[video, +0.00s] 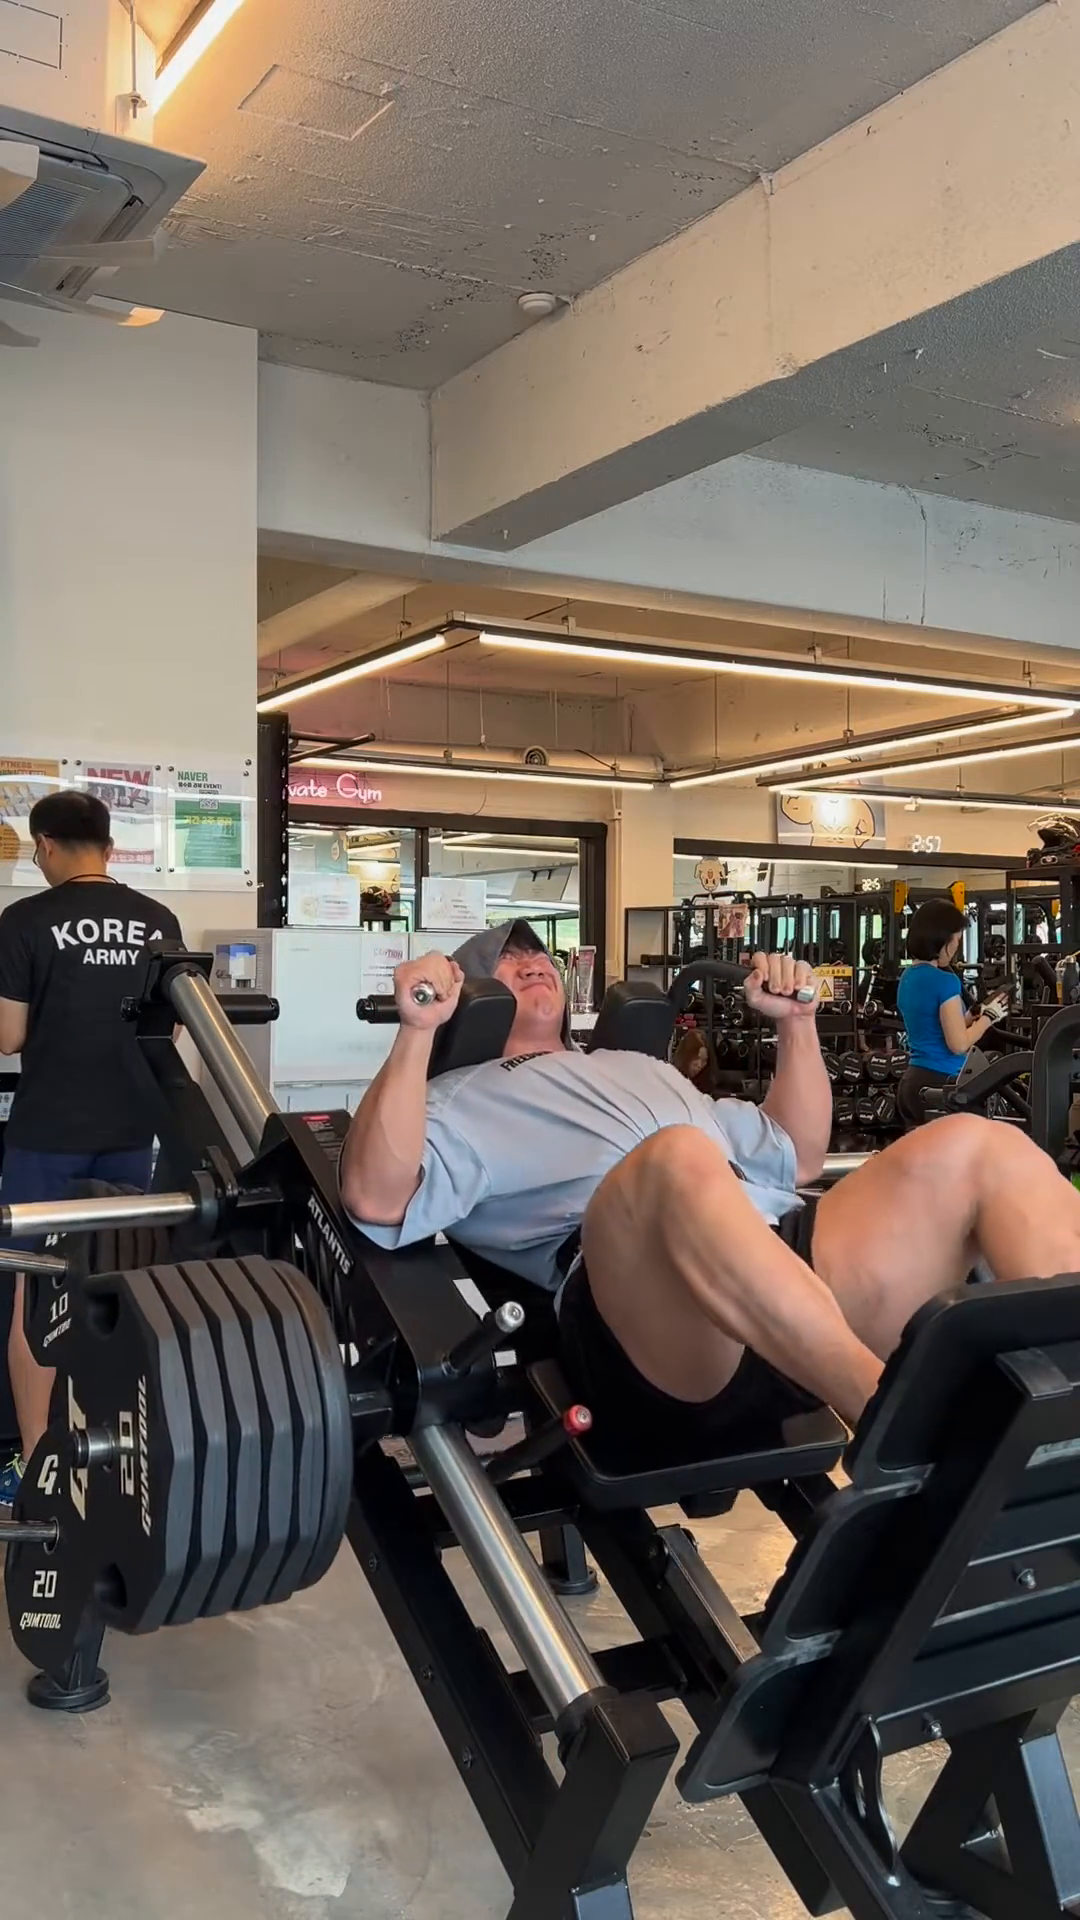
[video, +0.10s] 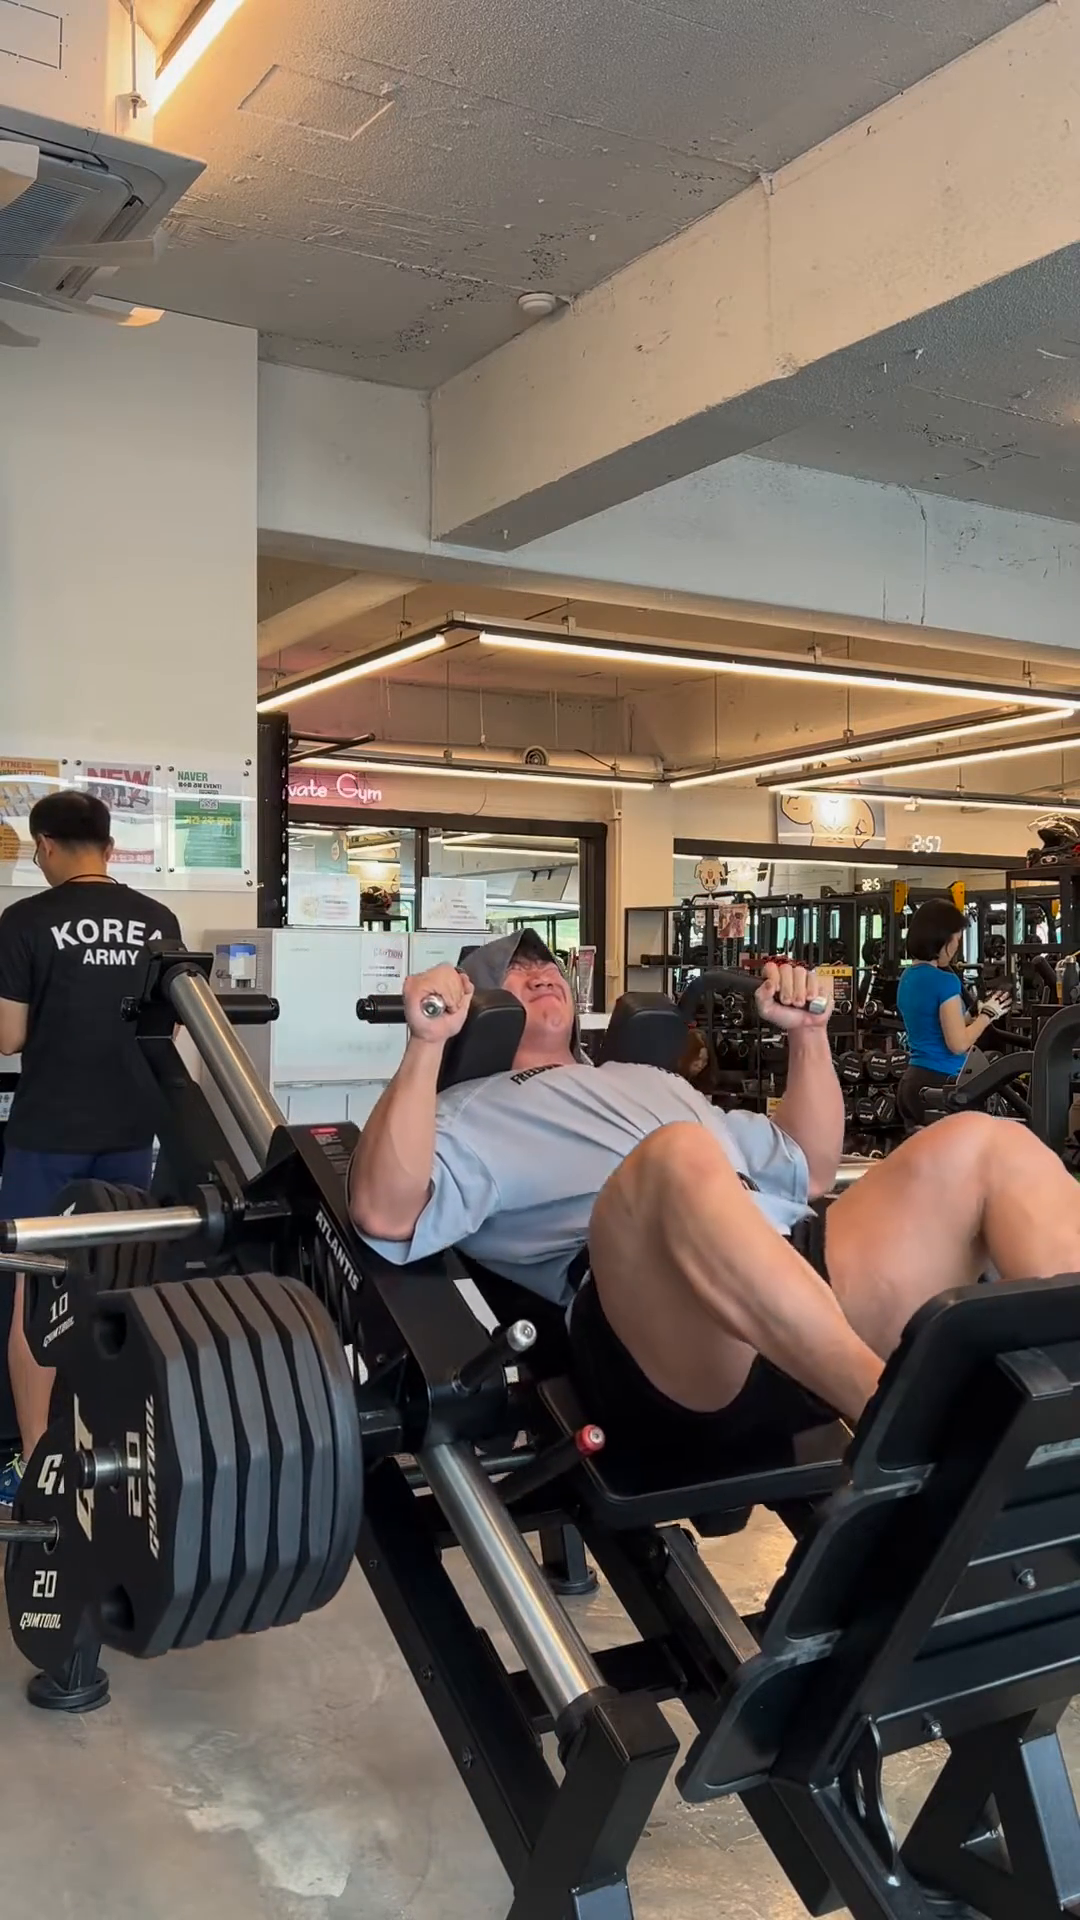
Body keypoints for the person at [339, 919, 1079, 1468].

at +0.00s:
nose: (531, 964)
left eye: (540, 956)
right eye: (508, 958)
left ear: (564, 991)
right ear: (472, 1004)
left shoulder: (644, 1071)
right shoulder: (461, 1103)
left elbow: (794, 1158)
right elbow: (374, 1198)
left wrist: (796, 1024)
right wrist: (417, 1034)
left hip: (799, 1294)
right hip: (648, 1350)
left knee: (979, 1151)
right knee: (676, 1162)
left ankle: (1077, 1379)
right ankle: (891, 1417)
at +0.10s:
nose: (542, 981)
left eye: (550, 971)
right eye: (519, 975)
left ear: (573, 1000)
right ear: (481, 1020)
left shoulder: (655, 1083)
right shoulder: (472, 1117)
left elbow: (808, 1171)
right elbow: (385, 1216)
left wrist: (806, 1038)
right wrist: (426, 1046)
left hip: (809, 1314)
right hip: (659, 1373)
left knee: (989, 1150)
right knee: (680, 1161)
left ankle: (1074, 1384)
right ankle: (899, 1418)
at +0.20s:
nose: (550, 989)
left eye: (558, 979)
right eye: (525, 980)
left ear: (580, 1013)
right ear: (481, 1021)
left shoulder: (662, 1094)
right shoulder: (476, 1129)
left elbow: (819, 1181)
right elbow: (392, 1230)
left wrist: (818, 1046)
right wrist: (437, 1057)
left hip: (821, 1326)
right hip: (673, 1389)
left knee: (993, 1148)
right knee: (676, 1158)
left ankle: (1071, 1380)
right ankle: (892, 1409)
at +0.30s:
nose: (564, 997)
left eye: (572, 986)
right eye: (538, 985)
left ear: (592, 1024)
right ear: (486, 1025)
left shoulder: (672, 1108)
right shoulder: (484, 1144)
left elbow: (833, 1192)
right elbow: (401, 1245)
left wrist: (829, 1060)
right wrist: (447, 1067)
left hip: (837, 1342)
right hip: (686, 1404)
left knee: (997, 1146)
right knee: (678, 1157)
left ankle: (1065, 1393)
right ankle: (888, 1408)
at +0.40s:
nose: (571, 1001)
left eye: (575, 990)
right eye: (543, 992)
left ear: (596, 1026)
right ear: (497, 1033)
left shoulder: (671, 1117)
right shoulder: (495, 1155)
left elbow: (844, 1198)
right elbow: (409, 1258)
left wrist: (839, 1071)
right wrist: (454, 1083)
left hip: (853, 1363)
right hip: (702, 1424)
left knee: (997, 1147)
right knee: (679, 1149)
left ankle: (1069, 1392)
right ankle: (893, 1409)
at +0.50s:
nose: (584, 1013)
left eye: (585, 1000)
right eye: (554, 1003)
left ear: (602, 1034)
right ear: (504, 1042)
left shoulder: (678, 1130)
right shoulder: (501, 1167)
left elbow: (852, 1208)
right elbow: (417, 1273)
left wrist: (851, 1080)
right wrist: (463, 1095)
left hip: (858, 1376)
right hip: (707, 1433)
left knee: (1001, 1146)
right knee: (681, 1153)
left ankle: (1070, 1391)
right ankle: (891, 1405)